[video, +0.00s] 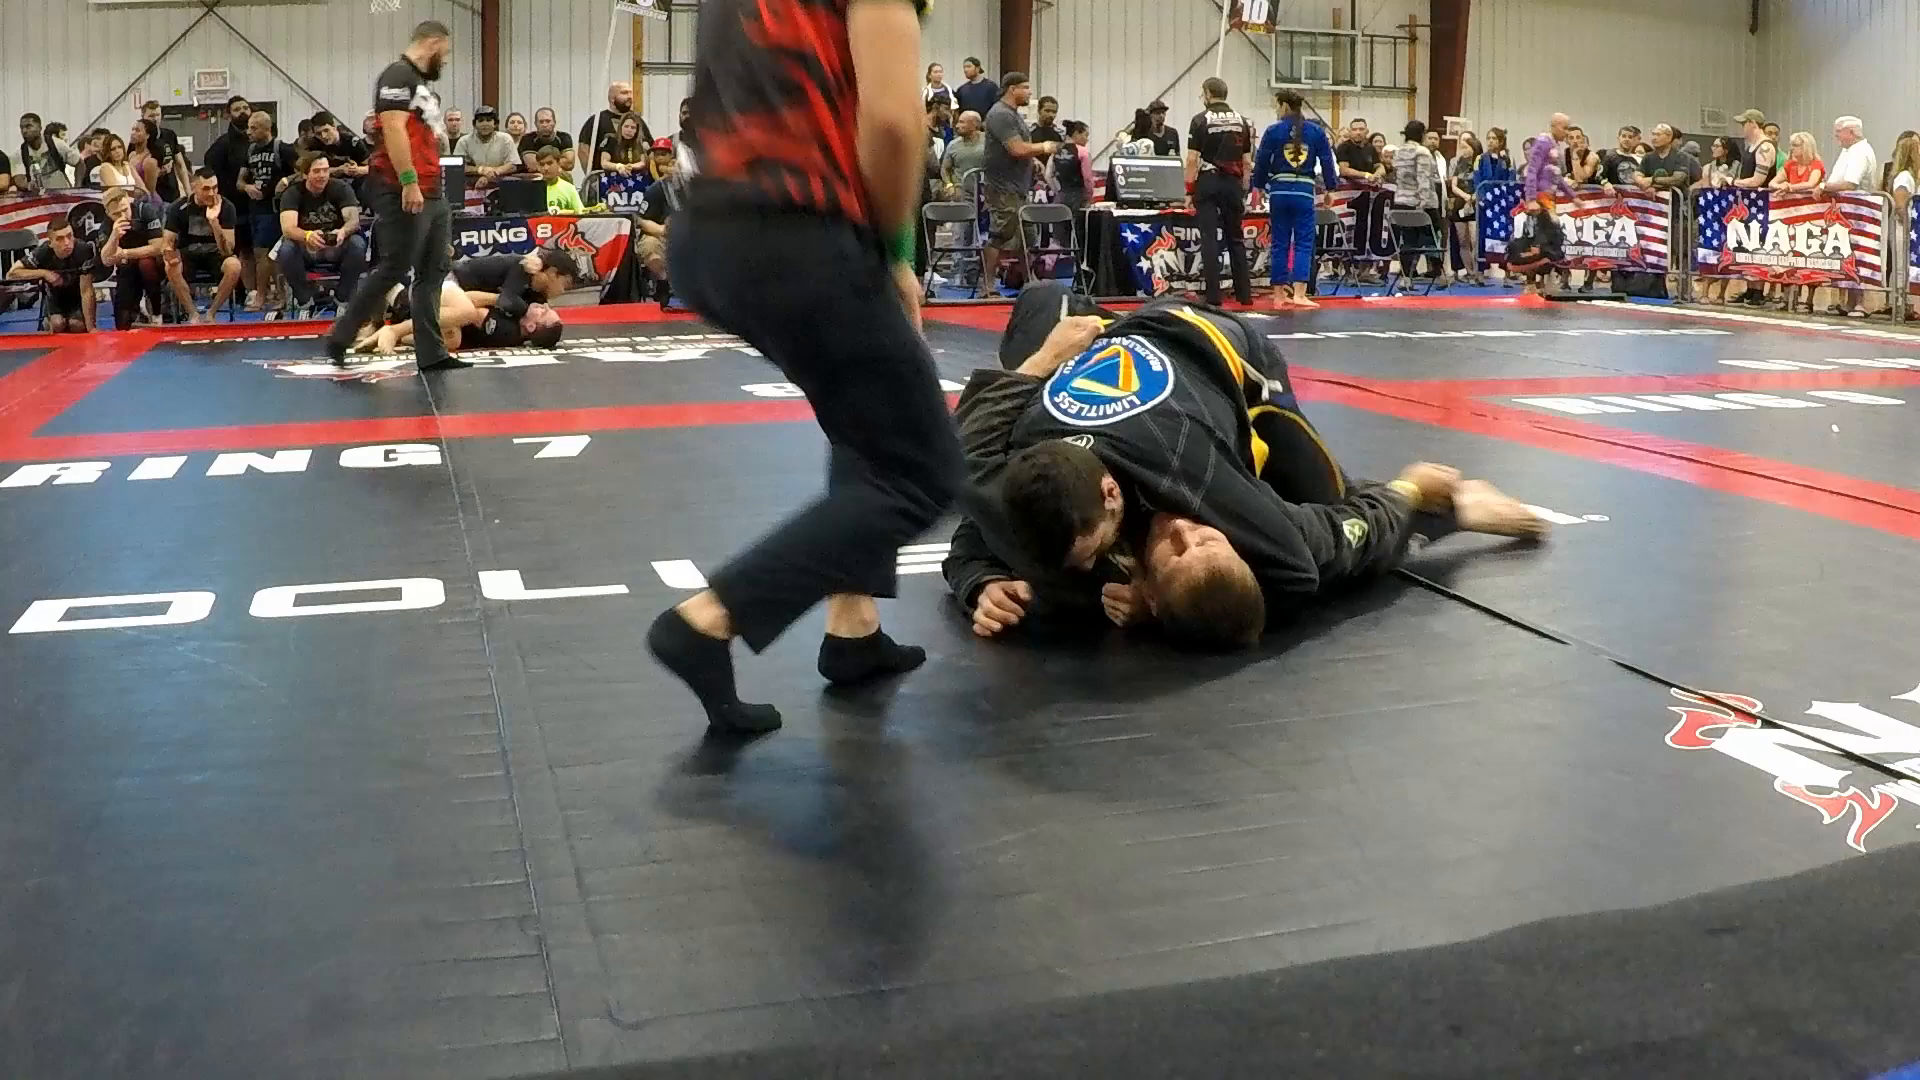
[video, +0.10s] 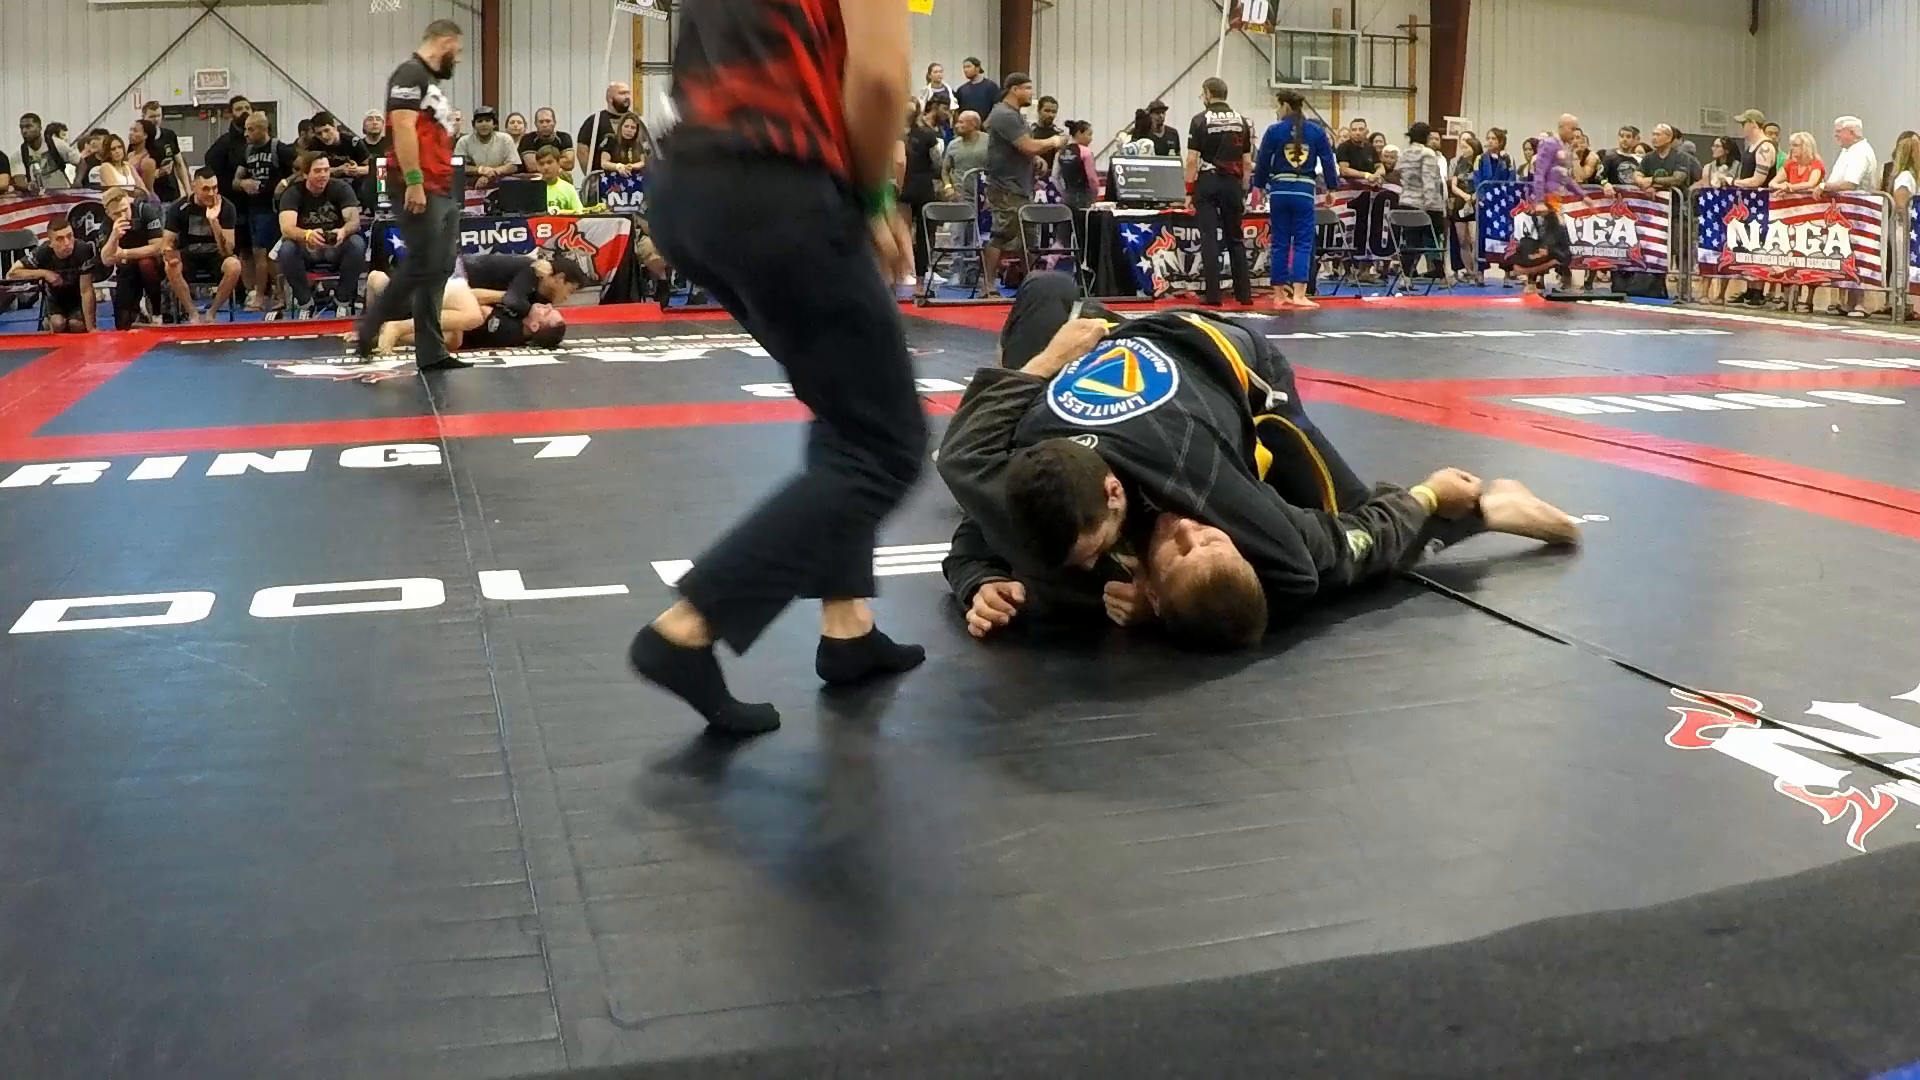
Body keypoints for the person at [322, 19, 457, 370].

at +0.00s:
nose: (445, 60)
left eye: (446, 53)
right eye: (445, 52)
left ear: (428, 43)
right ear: (432, 44)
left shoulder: (422, 85)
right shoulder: (398, 75)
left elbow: (423, 139)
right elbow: (393, 128)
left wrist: (432, 185)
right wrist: (409, 182)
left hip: (432, 194)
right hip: (404, 194)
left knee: (431, 274)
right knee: (392, 269)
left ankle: (431, 355)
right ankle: (339, 339)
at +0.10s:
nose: (456, 57)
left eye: (457, 51)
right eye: (455, 49)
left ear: (440, 42)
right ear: (443, 41)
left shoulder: (432, 81)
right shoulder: (411, 73)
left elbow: (432, 141)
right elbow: (402, 126)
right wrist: (414, 181)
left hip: (445, 193)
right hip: (423, 193)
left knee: (437, 271)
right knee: (421, 265)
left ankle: (431, 353)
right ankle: (368, 329)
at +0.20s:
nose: (474, 57)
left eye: (475, 51)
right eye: (473, 49)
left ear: (456, 41)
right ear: (462, 42)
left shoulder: (446, 79)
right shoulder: (427, 72)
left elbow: (452, 141)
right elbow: (417, 125)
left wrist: (466, 189)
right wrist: (424, 182)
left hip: (452, 187)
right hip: (438, 187)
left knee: (445, 264)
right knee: (448, 262)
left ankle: (431, 347)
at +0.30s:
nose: (490, 55)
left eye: (492, 50)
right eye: (490, 48)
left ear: (473, 41)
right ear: (480, 42)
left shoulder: (466, 79)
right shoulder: (447, 73)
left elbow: (467, 147)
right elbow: (434, 128)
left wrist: (496, 183)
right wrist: (438, 184)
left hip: (462, 187)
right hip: (456, 187)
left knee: (444, 269)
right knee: (480, 259)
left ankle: (431, 350)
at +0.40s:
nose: (507, 57)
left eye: (507, 52)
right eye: (507, 51)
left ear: (486, 43)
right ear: (498, 46)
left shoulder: (482, 81)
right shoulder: (468, 77)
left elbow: (488, 144)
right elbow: (455, 134)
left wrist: (516, 178)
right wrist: (459, 187)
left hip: (476, 188)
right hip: (474, 189)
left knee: (450, 271)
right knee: (502, 263)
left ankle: (431, 351)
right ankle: (535, 343)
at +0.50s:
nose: (525, 59)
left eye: (525, 53)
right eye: (525, 52)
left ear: (502, 45)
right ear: (515, 47)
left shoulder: (493, 78)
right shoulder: (493, 78)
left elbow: (501, 146)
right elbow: (483, 138)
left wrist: (527, 182)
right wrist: (488, 191)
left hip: (485, 190)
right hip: (498, 192)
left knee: (465, 269)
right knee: (528, 266)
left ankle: (435, 348)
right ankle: (553, 350)